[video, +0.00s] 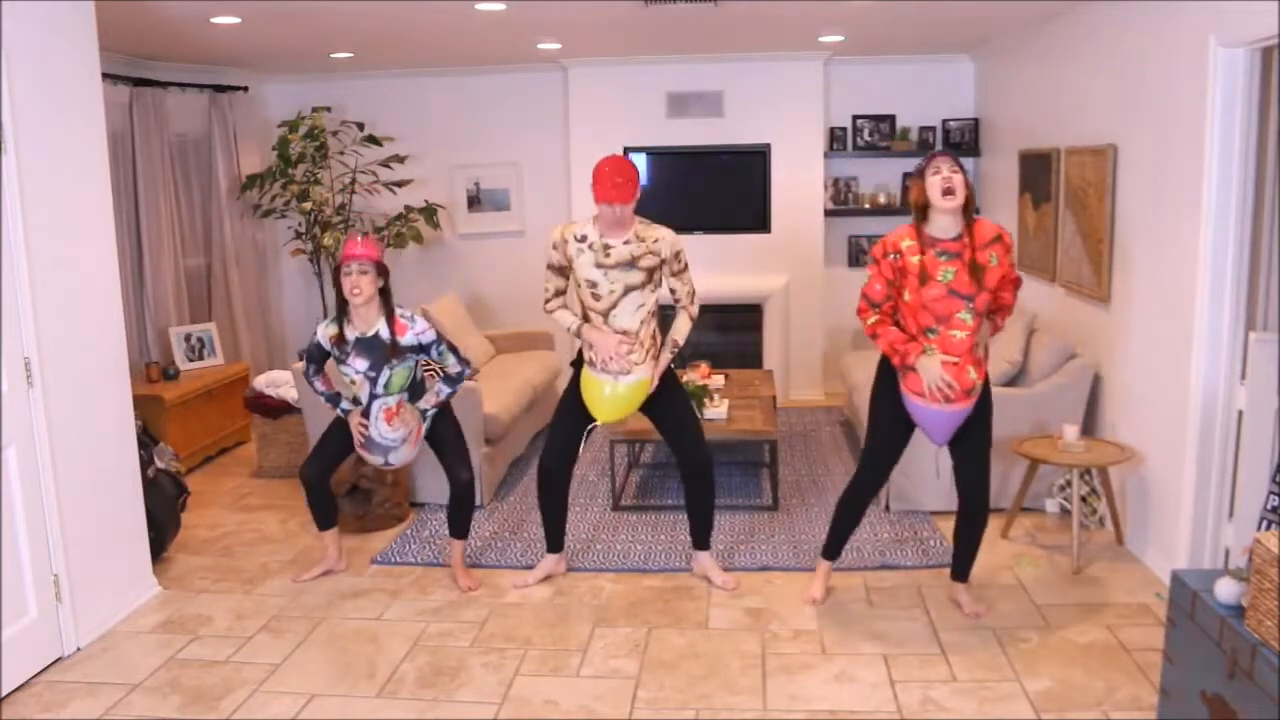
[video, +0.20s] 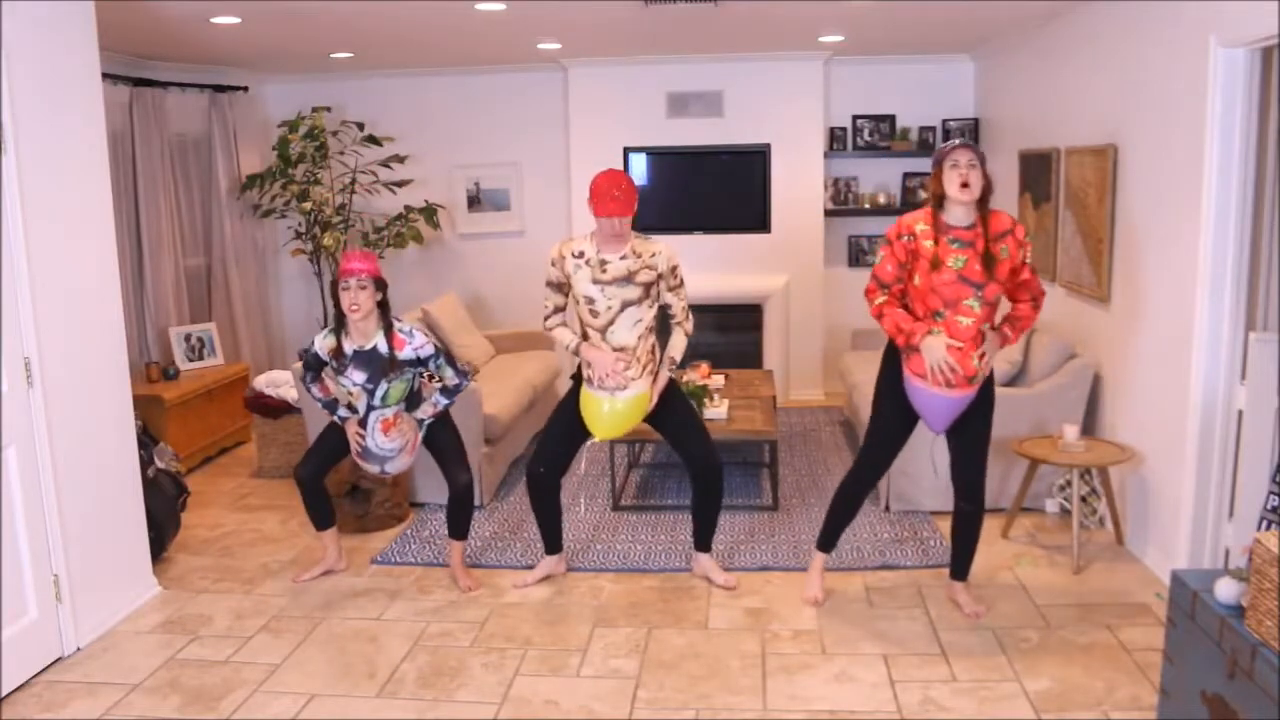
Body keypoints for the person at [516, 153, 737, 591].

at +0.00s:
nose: (616, 212)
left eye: (624, 203)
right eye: (608, 203)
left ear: (636, 197)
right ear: (594, 197)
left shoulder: (662, 242)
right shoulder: (566, 240)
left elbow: (688, 305)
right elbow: (553, 303)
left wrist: (664, 357)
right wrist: (590, 333)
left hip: (650, 366)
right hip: (591, 367)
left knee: (696, 455)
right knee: (553, 461)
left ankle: (702, 553)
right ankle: (554, 555)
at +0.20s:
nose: (615, 224)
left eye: (623, 214)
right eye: (606, 215)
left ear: (634, 211)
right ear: (592, 211)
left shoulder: (658, 256)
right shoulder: (567, 256)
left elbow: (682, 321)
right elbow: (553, 319)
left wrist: (664, 373)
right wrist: (588, 351)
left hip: (652, 382)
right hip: (592, 384)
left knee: (707, 463)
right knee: (541, 470)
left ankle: (703, 555)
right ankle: (553, 556)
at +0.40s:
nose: (612, 208)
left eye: (620, 200)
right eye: (603, 201)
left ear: (633, 208)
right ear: (589, 210)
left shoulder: (657, 264)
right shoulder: (567, 263)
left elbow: (684, 328)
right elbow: (553, 326)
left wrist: (662, 386)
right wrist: (584, 361)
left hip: (652, 385)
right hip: (592, 388)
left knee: (705, 465)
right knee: (540, 469)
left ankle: (701, 555)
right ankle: (553, 556)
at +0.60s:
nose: (610, 206)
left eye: (618, 200)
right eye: (602, 201)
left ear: (632, 213)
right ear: (589, 216)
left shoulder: (656, 272)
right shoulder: (567, 269)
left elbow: (684, 335)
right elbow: (554, 332)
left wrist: (662, 395)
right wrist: (588, 370)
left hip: (651, 387)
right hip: (591, 388)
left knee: (704, 464)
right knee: (537, 468)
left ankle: (702, 556)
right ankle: (552, 556)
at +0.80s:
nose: (608, 209)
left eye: (617, 206)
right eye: (601, 206)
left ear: (633, 224)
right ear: (589, 223)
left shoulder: (656, 279)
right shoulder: (566, 278)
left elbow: (681, 343)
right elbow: (554, 340)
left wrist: (661, 402)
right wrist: (587, 377)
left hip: (652, 392)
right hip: (591, 394)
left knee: (712, 467)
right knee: (533, 470)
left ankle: (703, 555)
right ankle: (552, 556)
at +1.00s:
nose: (607, 214)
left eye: (618, 212)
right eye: (600, 212)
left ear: (632, 233)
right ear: (588, 231)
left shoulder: (655, 284)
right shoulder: (565, 284)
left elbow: (680, 349)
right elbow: (552, 345)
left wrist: (662, 406)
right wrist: (588, 383)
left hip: (652, 393)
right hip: (590, 395)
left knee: (717, 466)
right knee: (529, 470)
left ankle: (704, 554)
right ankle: (552, 556)